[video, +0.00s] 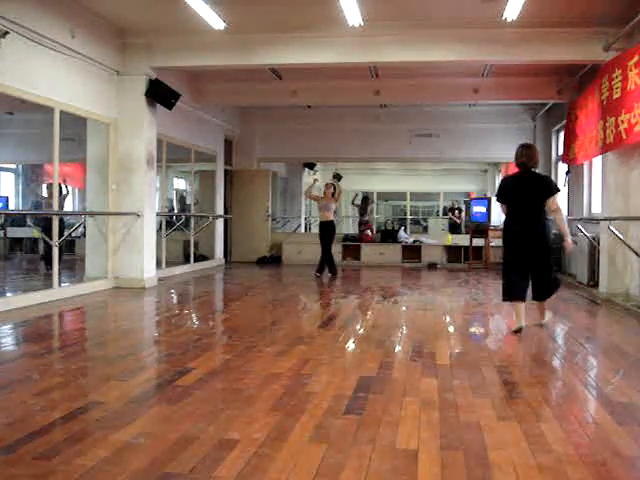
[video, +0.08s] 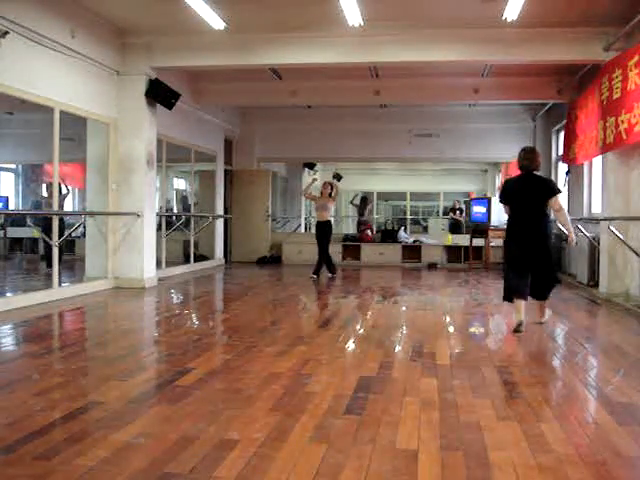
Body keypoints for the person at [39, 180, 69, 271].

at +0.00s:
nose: (52, 192)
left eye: (54, 190)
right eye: (50, 189)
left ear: (58, 190)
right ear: (48, 190)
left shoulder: (61, 199)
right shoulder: (45, 200)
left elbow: (66, 193)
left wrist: (65, 184)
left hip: (58, 221)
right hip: (47, 221)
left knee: (58, 243)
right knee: (48, 243)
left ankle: (57, 264)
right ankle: (48, 264)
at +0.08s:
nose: (52, 191)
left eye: (54, 189)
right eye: (50, 189)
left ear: (57, 190)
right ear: (47, 190)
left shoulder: (60, 198)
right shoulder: (45, 200)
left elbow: (68, 192)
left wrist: (64, 183)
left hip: (58, 220)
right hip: (47, 221)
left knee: (59, 242)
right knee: (48, 243)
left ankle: (58, 264)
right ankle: (49, 265)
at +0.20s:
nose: (53, 189)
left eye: (55, 187)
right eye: (51, 187)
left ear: (58, 188)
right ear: (48, 188)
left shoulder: (61, 196)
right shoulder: (47, 196)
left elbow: (69, 190)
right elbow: (47, 189)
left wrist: (64, 181)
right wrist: (47, 182)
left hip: (58, 218)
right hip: (48, 219)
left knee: (59, 241)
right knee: (48, 241)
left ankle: (58, 263)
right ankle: (49, 264)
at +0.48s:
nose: (53, 188)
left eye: (55, 186)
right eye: (51, 186)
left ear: (59, 187)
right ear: (49, 187)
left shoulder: (62, 196)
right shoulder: (47, 197)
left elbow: (73, 189)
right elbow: (40, 192)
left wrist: (67, 180)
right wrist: (40, 182)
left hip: (60, 219)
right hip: (48, 219)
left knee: (61, 242)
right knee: (49, 242)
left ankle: (64, 265)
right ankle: (49, 264)